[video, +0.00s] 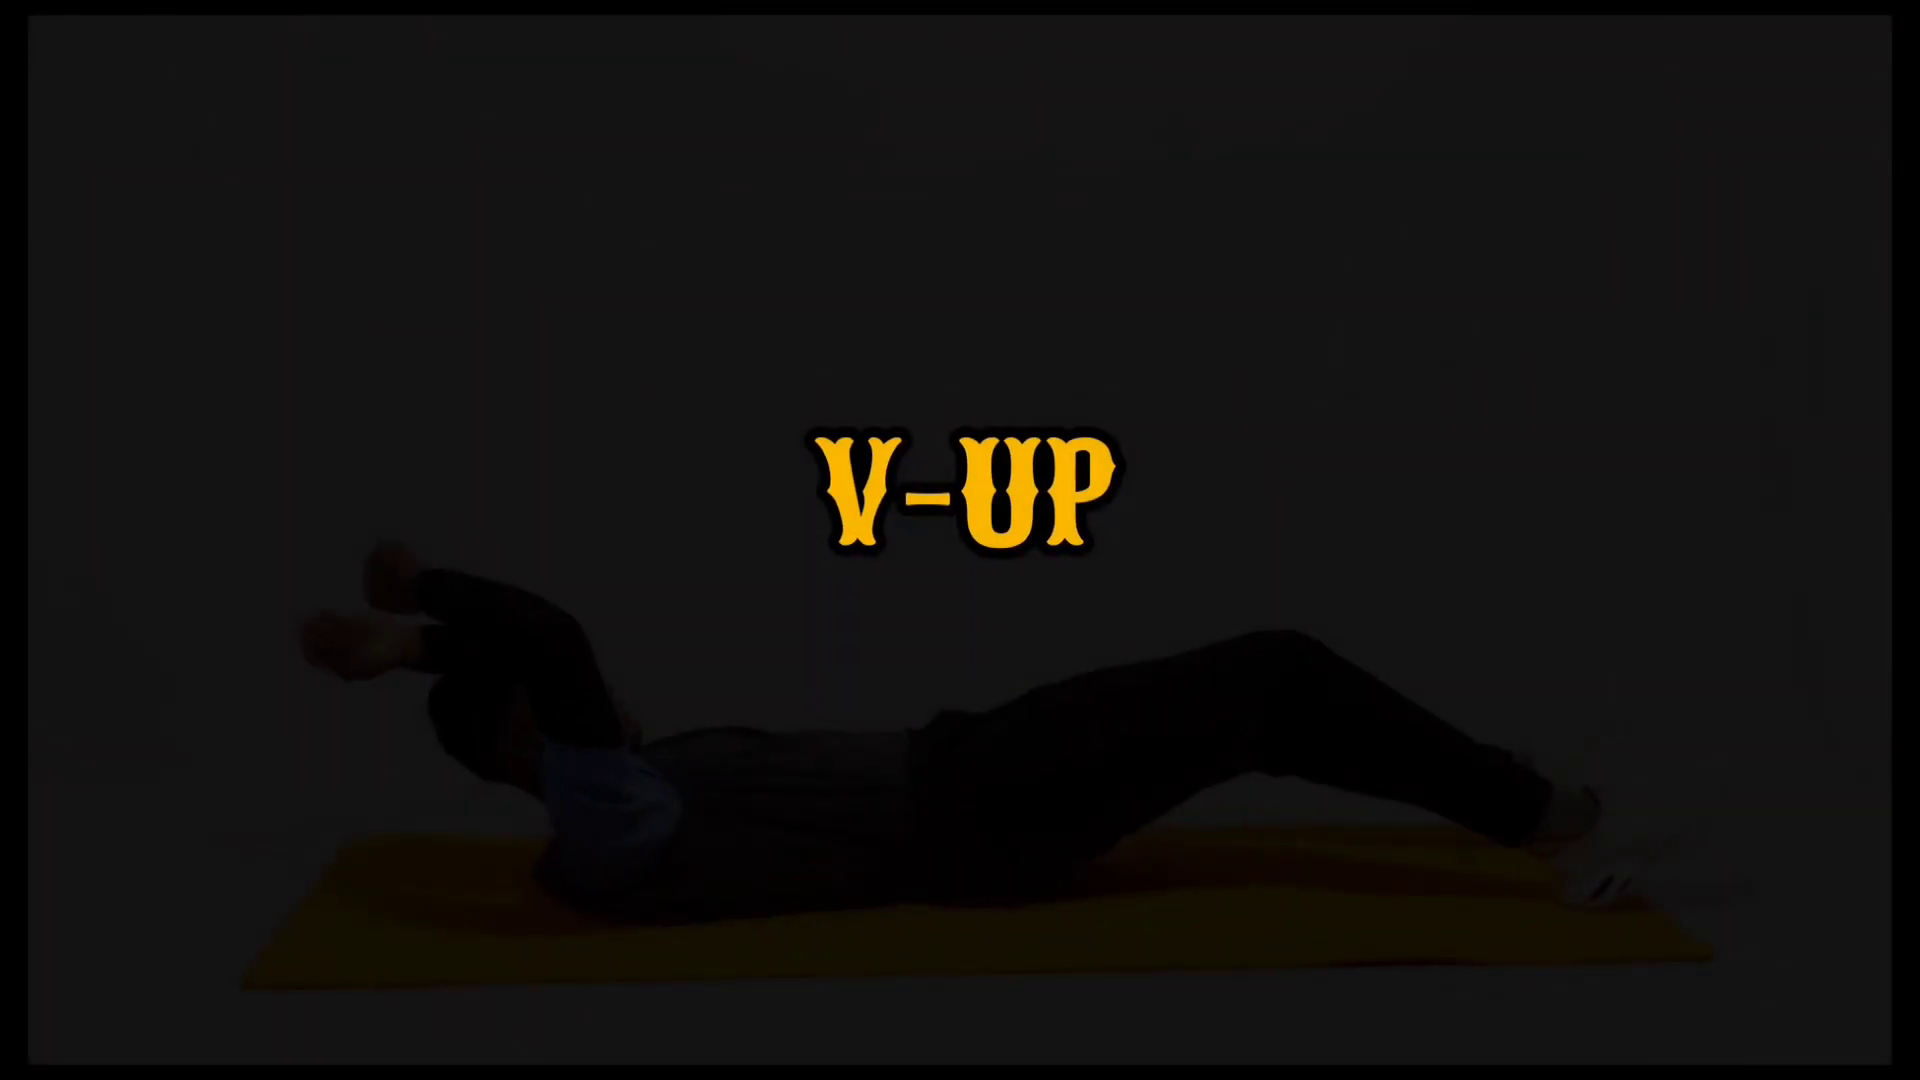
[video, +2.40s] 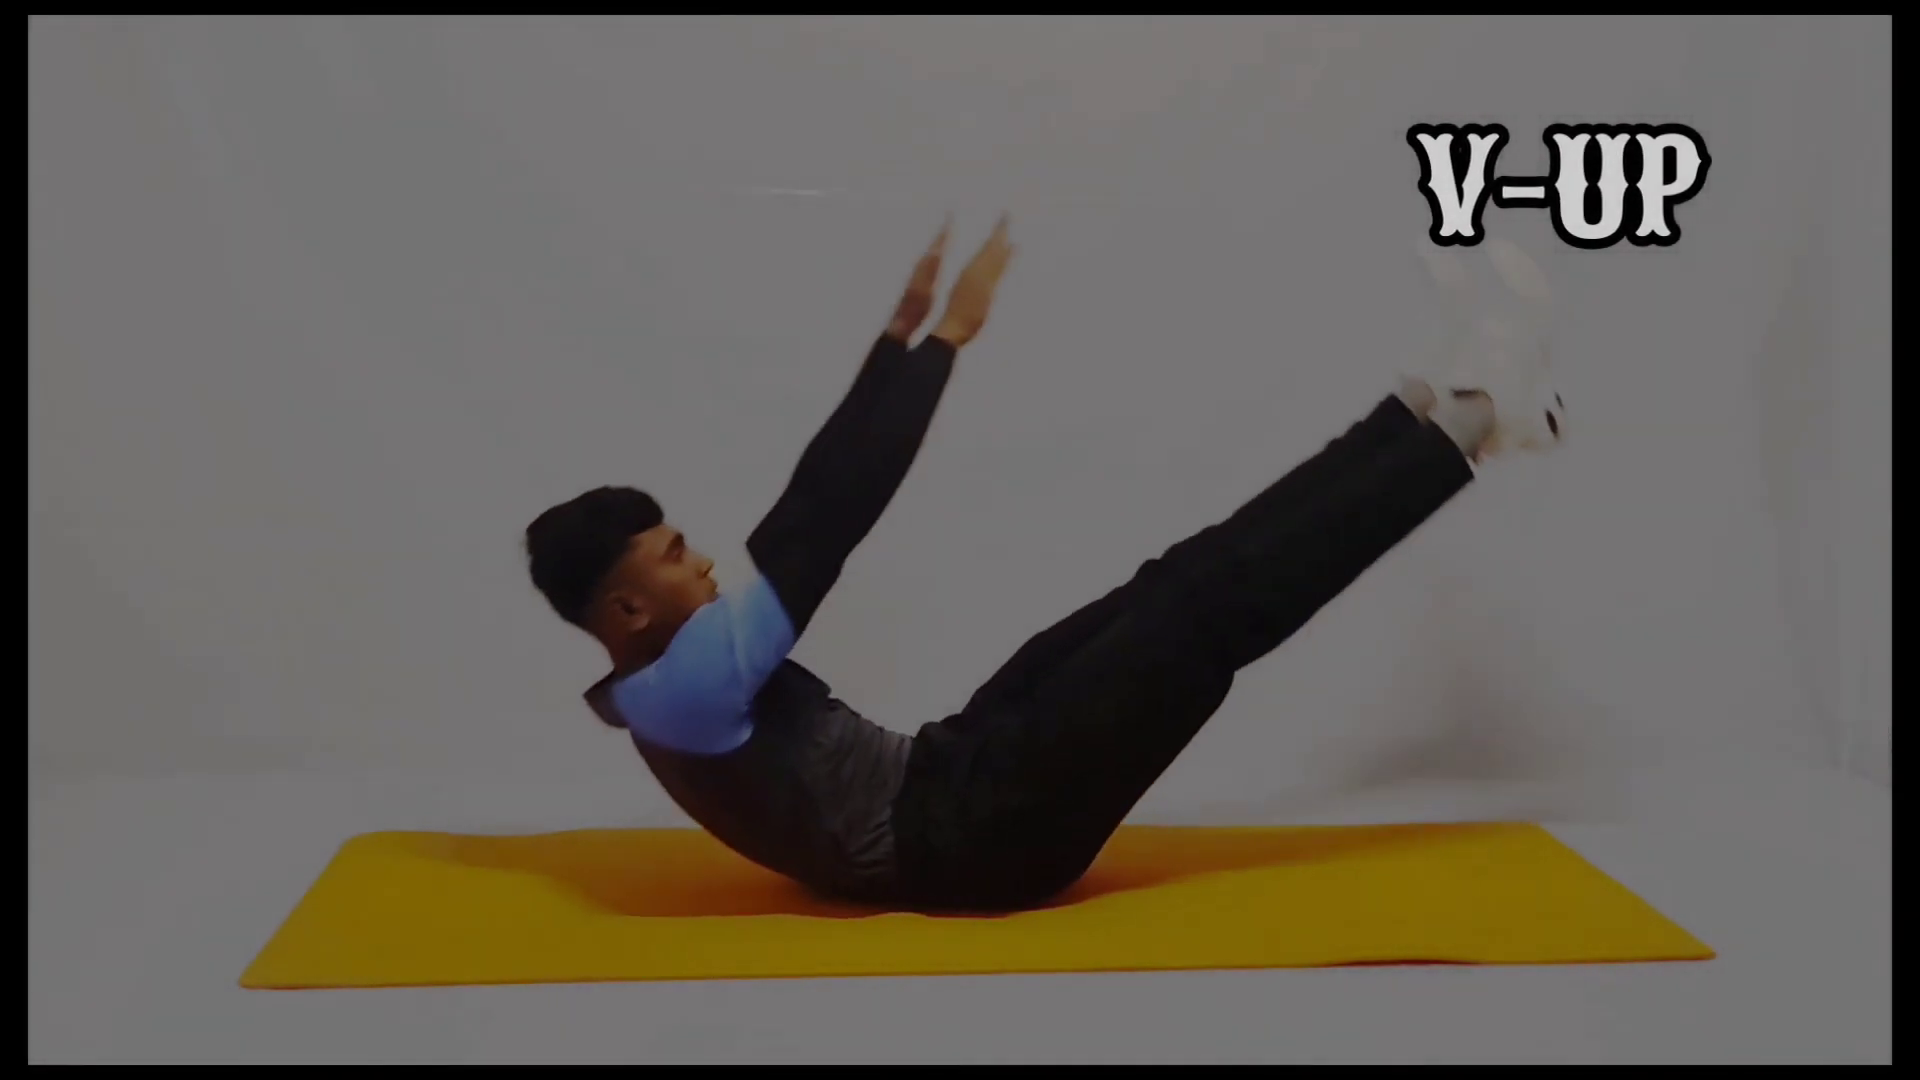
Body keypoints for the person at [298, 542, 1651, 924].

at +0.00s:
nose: (537, 728)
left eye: (528, 715)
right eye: (518, 725)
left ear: (529, 743)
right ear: (518, 752)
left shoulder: (616, 798)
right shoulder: (602, 821)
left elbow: (545, 659)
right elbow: (546, 653)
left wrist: (420, 623)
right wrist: (420, 627)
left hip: (972, 788)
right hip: (966, 813)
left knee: (1264, 673)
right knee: (1264, 676)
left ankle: (1526, 808)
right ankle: (1529, 816)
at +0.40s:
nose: (570, 710)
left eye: (550, 702)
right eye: (538, 721)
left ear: (559, 729)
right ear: (516, 781)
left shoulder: (638, 781)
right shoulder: (601, 853)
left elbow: (477, 724)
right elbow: (456, 825)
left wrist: (320, 728)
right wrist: (297, 757)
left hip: (1001, 765)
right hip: (999, 823)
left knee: (1280, 684)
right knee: (1274, 704)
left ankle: (1500, 787)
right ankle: (1516, 803)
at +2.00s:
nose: (534, 741)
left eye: (515, 728)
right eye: (505, 754)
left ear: (532, 743)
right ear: (497, 811)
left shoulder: (621, 784)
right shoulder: (602, 852)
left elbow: (397, 741)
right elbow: (501, 850)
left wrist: (208, 704)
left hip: (977, 766)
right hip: (966, 829)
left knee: (1245, 737)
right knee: (1246, 773)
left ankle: (1535, 761)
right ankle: (1553, 784)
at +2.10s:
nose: (574, 686)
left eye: (556, 672)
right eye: (549, 681)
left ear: (525, 733)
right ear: (521, 738)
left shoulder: (607, 780)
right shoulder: (593, 829)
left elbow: (486, 648)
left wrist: (342, 533)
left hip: (970, 768)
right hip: (976, 820)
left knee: (1247, 722)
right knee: (1245, 743)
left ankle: (1549, 708)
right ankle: (1557, 722)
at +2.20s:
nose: (582, 664)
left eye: (566, 659)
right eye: (557, 668)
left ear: (539, 704)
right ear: (530, 711)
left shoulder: (625, 751)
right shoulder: (605, 793)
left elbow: (613, 565)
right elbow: (616, 571)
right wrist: (561, 407)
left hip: (958, 777)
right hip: (963, 828)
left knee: (1222, 678)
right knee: (1232, 716)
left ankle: (1521, 614)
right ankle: (1536, 634)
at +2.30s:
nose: (631, 622)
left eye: (615, 606)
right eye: (600, 623)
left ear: (600, 634)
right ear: (552, 683)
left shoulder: (652, 715)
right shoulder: (637, 743)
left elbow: (720, 544)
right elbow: (727, 555)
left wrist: (738, 370)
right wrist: (770, 365)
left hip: (963, 787)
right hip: (962, 831)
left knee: (1207, 639)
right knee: (1217, 663)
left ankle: (1489, 522)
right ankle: (1517, 541)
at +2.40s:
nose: (688, 561)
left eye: (673, 542)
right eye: (659, 560)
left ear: (671, 567)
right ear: (614, 613)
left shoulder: (699, 656)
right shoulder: (682, 689)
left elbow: (810, 511)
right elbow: (829, 523)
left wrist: (893, 352)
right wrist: (934, 352)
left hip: (960, 783)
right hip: (968, 842)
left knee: (1179, 589)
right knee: (1198, 616)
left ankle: (1417, 421)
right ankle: (1450, 437)